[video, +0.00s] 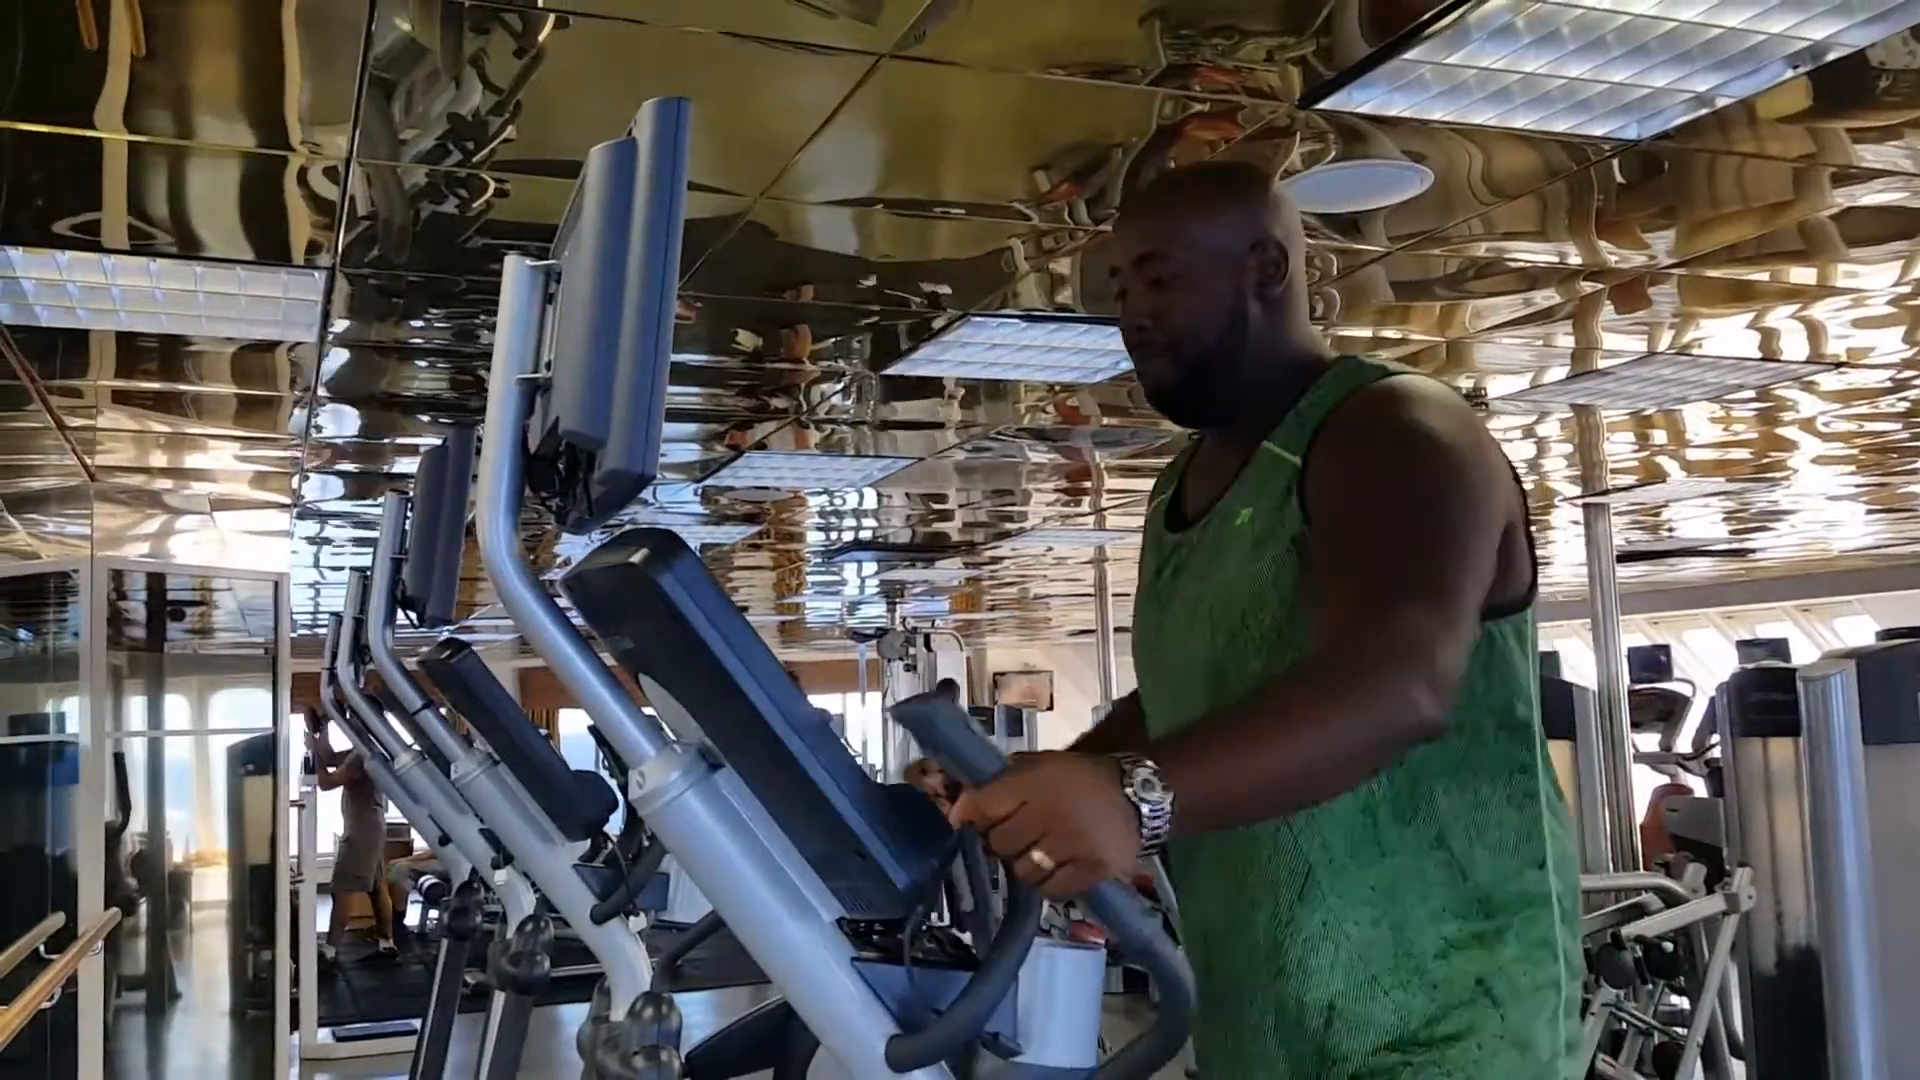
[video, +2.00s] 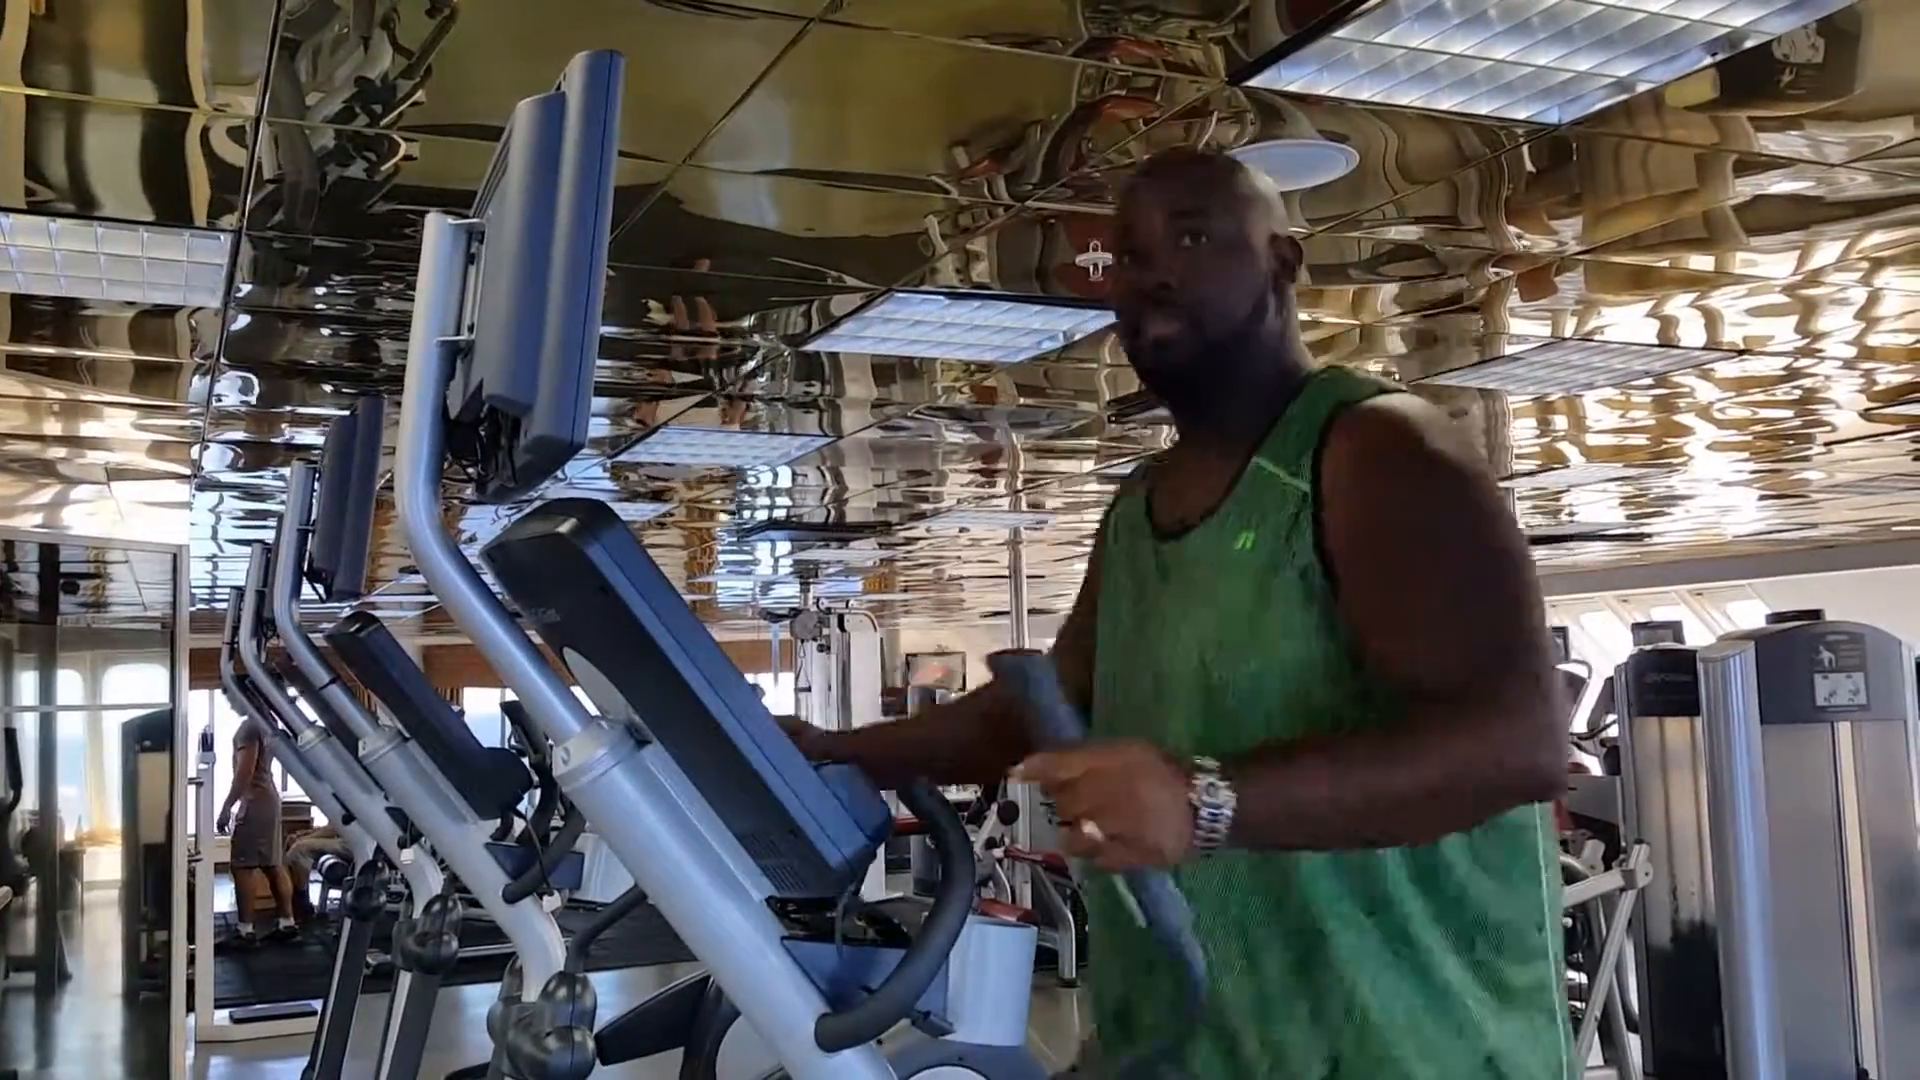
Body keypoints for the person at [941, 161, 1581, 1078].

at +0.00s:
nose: (1129, 317)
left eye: (1159, 279)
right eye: (1123, 290)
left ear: (1266, 274)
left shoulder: (1408, 436)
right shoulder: (1188, 483)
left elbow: (1398, 682)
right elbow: (1189, 693)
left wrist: (1139, 797)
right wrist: (1049, 792)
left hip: (1440, 1016)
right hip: (1257, 1019)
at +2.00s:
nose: (1145, 276)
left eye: (1192, 236)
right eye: (1127, 255)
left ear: (1283, 265)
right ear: (1110, 290)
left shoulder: (1388, 460)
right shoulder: (1139, 512)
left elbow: (1517, 738)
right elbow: (1052, 712)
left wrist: (1210, 803)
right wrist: (842, 756)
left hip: (1407, 1046)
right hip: (1168, 1044)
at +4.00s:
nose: (1048, 330)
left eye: (1079, 291)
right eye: (1042, 300)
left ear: (1191, 294)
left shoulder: (1337, 453)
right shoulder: (1081, 512)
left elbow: (1485, 715)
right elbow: (1003, 720)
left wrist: (1256, 798)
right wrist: (812, 747)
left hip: (1345, 1017)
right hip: (1153, 1015)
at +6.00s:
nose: (1099, 221)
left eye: (1145, 198)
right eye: (1069, 200)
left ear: (1223, 239)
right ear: (1038, 252)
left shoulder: (1322, 398)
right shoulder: (1107, 443)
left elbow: (1297, 666)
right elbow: (1151, 698)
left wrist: (999, 766)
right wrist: (994, 755)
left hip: (1348, 1008)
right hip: (1153, 996)